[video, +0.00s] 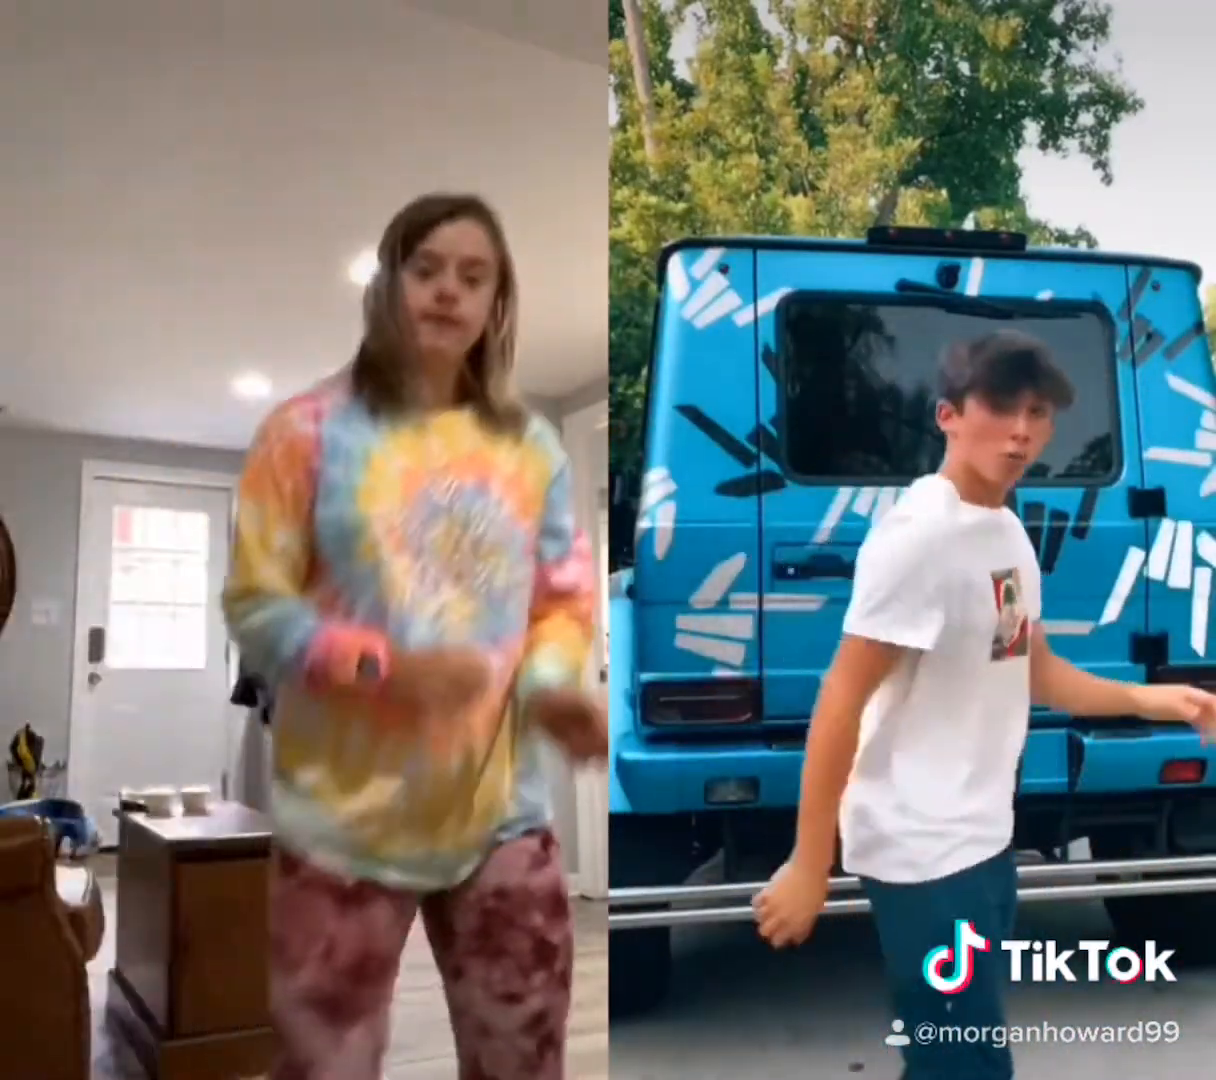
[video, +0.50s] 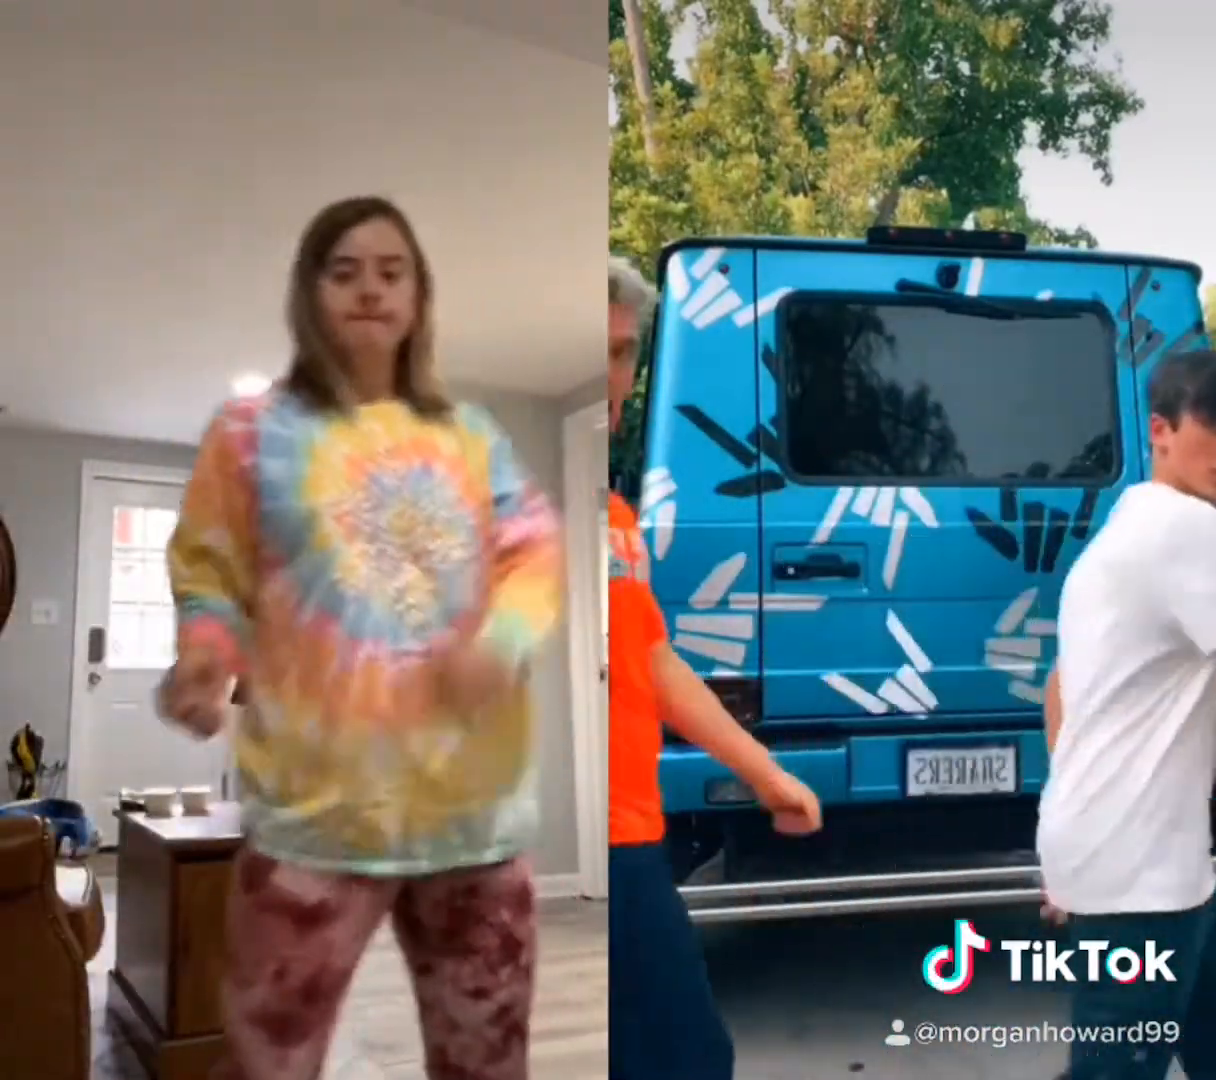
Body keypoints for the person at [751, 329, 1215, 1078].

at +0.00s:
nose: (1024, 432)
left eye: (1037, 415)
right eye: (1002, 408)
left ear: (1050, 429)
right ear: (949, 418)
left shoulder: (1005, 527)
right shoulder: (916, 535)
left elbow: (1034, 669)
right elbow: (841, 697)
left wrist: (1144, 699)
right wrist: (809, 864)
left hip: (984, 846)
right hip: (924, 861)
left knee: (946, 1059)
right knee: (970, 1063)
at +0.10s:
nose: (1053, 464)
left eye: (1064, 446)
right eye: (1032, 442)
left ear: (1074, 460)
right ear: (974, 453)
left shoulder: (997, 558)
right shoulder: (968, 558)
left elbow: (1034, 704)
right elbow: (871, 717)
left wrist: (1174, 712)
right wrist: (794, 882)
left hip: (982, 886)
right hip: (952, 897)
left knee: (1054, 1063)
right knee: (1033, 1069)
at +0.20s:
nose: (1090, 471)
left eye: (1100, 454)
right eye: (1069, 449)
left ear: (1109, 463)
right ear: (1008, 457)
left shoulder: (992, 554)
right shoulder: (1018, 567)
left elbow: (1029, 726)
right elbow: (948, 744)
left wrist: (1167, 766)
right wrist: (896, 926)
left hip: (1021, 883)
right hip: (984, 914)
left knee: (1122, 1040)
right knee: (1038, 1067)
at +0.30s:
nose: (1133, 445)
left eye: (1144, 428)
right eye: (1113, 422)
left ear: (1154, 436)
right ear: (1053, 428)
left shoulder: (1025, 524)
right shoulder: (1068, 532)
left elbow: (1026, 726)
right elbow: (1074, 726)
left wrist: (1107, 818)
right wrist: (1116, 902)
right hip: (1016, 873)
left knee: (1163, 1020)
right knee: (1028, 1062)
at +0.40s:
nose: (1185, 432)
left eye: (1196, 414)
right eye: (1164, 410)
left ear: (1208, 419)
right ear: (1105, 414)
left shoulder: (1088, 504)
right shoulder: (1129, 513)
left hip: (1106, 841)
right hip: (1066, 848)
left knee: (1183, 1044)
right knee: (1038, 1059)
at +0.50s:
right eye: (1209, 431)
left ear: (1170, 434)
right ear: (1162, 433)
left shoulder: (1129, 525)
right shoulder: (1184, 531)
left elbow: (1061, 697)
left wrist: (1072, 849)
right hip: (1138, 869)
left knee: (1202, 1054)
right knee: (1117, 1067)